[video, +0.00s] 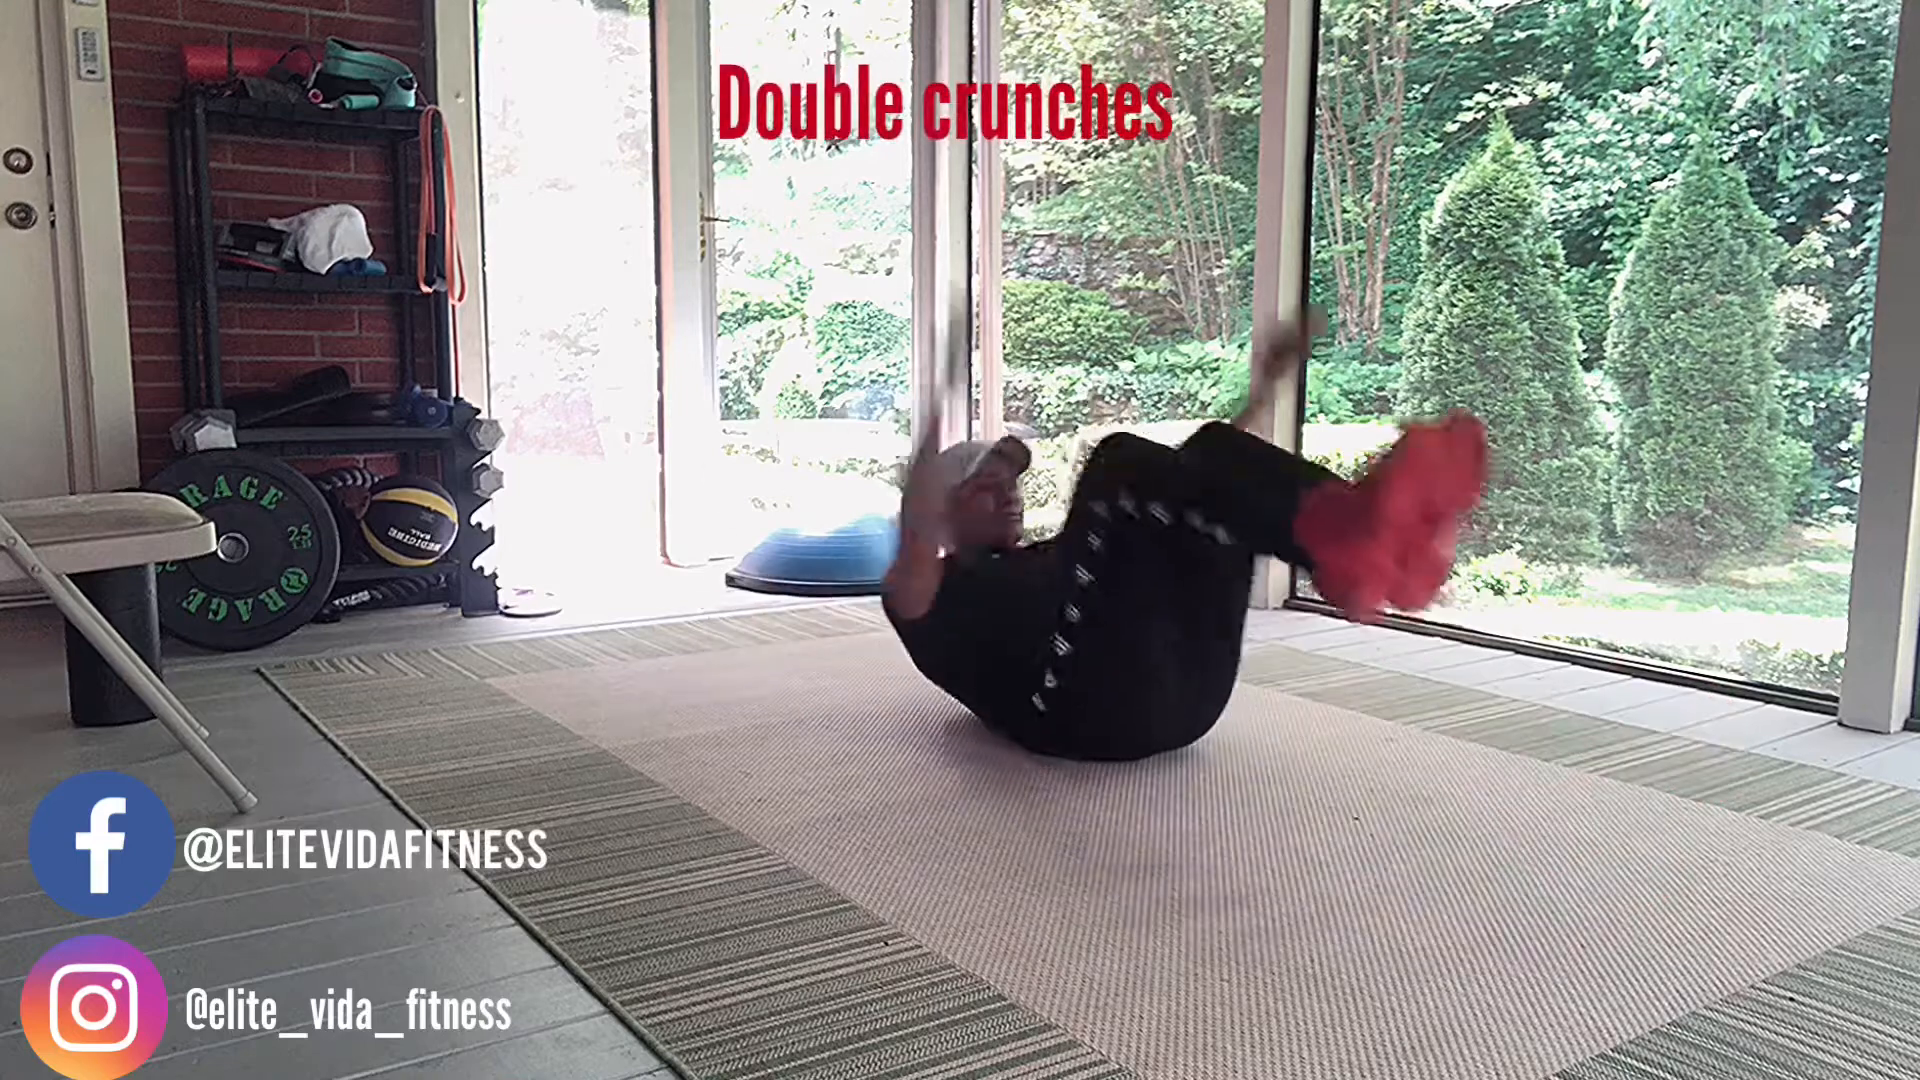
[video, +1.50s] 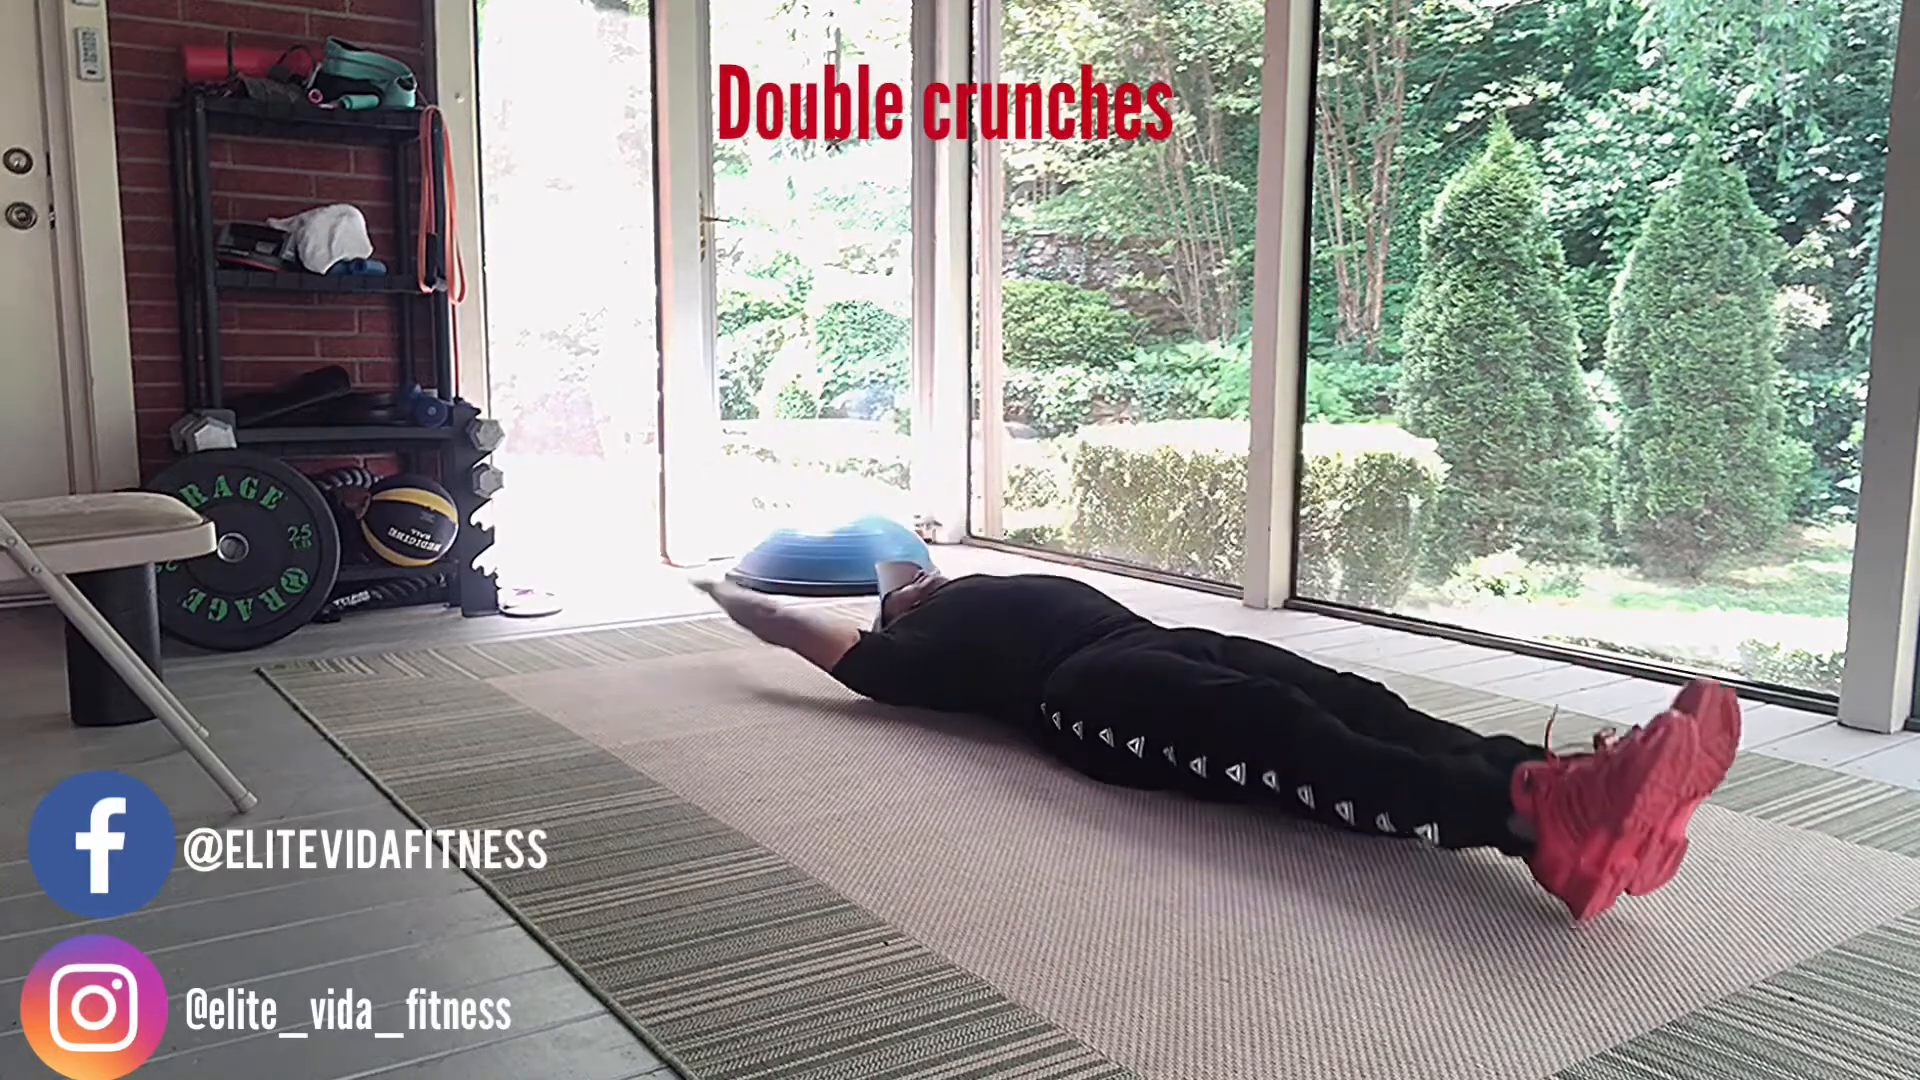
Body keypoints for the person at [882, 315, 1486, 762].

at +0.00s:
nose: (1005, 500)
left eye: (1009, 487)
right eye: (985, 490)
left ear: (1018, 500)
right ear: (944, 513)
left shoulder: (1067, 560)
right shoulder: (934, 599)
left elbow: (1208, 518)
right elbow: (916, 562)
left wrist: (1268, 382)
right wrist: (921, 489)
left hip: (1185, 692)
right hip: (1092, 703)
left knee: (1211, 450)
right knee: (1113, 463)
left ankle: (1373, 551)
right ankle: (1339, 533)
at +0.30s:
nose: (1030, 498)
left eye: (1034, 485)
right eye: (1014, 485)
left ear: (1041, 487)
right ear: (976, 490)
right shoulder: (939, 569)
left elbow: (1215, 545)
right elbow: (1002, 559)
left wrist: (1322, 516)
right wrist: (1090, 517)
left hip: (1189, 693)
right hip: (1089, 706)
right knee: (1061, 455)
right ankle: (1225, 462)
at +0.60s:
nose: (1005, 494)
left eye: (1008, 480)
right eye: (987, 481)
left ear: (1010, 496)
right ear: (942, 496)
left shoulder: (1056, 566)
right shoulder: (924, 597)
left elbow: (1190, 536)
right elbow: (941, 507)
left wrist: (1270, 422)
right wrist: (981, 395)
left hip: (1181, 693)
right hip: (1096, 701)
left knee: (1202, 442)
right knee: (1110, 452)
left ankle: (1354, 513)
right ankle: (1303, 511)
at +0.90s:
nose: (954, 528)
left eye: (961, 519)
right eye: (933, 525)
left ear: (985, 536)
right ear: (904, 555)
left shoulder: (1048, 579)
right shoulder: (907, 615)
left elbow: (1094, 491)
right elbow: (842, 505)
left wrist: (1096, 376)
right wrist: (808, 398)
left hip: (1171, 699)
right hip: (1098, 710)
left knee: (1312, 544)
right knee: (1222, 549)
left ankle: (1502, 638)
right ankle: (1460, 631)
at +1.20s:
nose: (922, 555)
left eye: (926, 548)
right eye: (898, 562)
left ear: (951, 556)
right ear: (873, 591)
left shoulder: (1004, 598)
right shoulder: (882, 630)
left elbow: (1034, 558)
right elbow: (796, 561)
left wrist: (990, 479)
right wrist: (746, 493)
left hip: (1139, 645)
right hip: (1077, 692)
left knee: (1332, 649)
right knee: (1275, 676)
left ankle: (1576, 762)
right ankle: (1547, 758)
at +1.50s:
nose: (918, 568)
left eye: (922, 565)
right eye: (897, 577)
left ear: (938, 572)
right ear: (877, 608)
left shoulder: (1005, 587)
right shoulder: (875, 647)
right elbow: (740, 601)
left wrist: (940, 552)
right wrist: (787, 585)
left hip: (1151, 637)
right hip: (1078, 682)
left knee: (1334, 688)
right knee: (1274, 734)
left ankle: (1576, 815)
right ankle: (1545, 817)